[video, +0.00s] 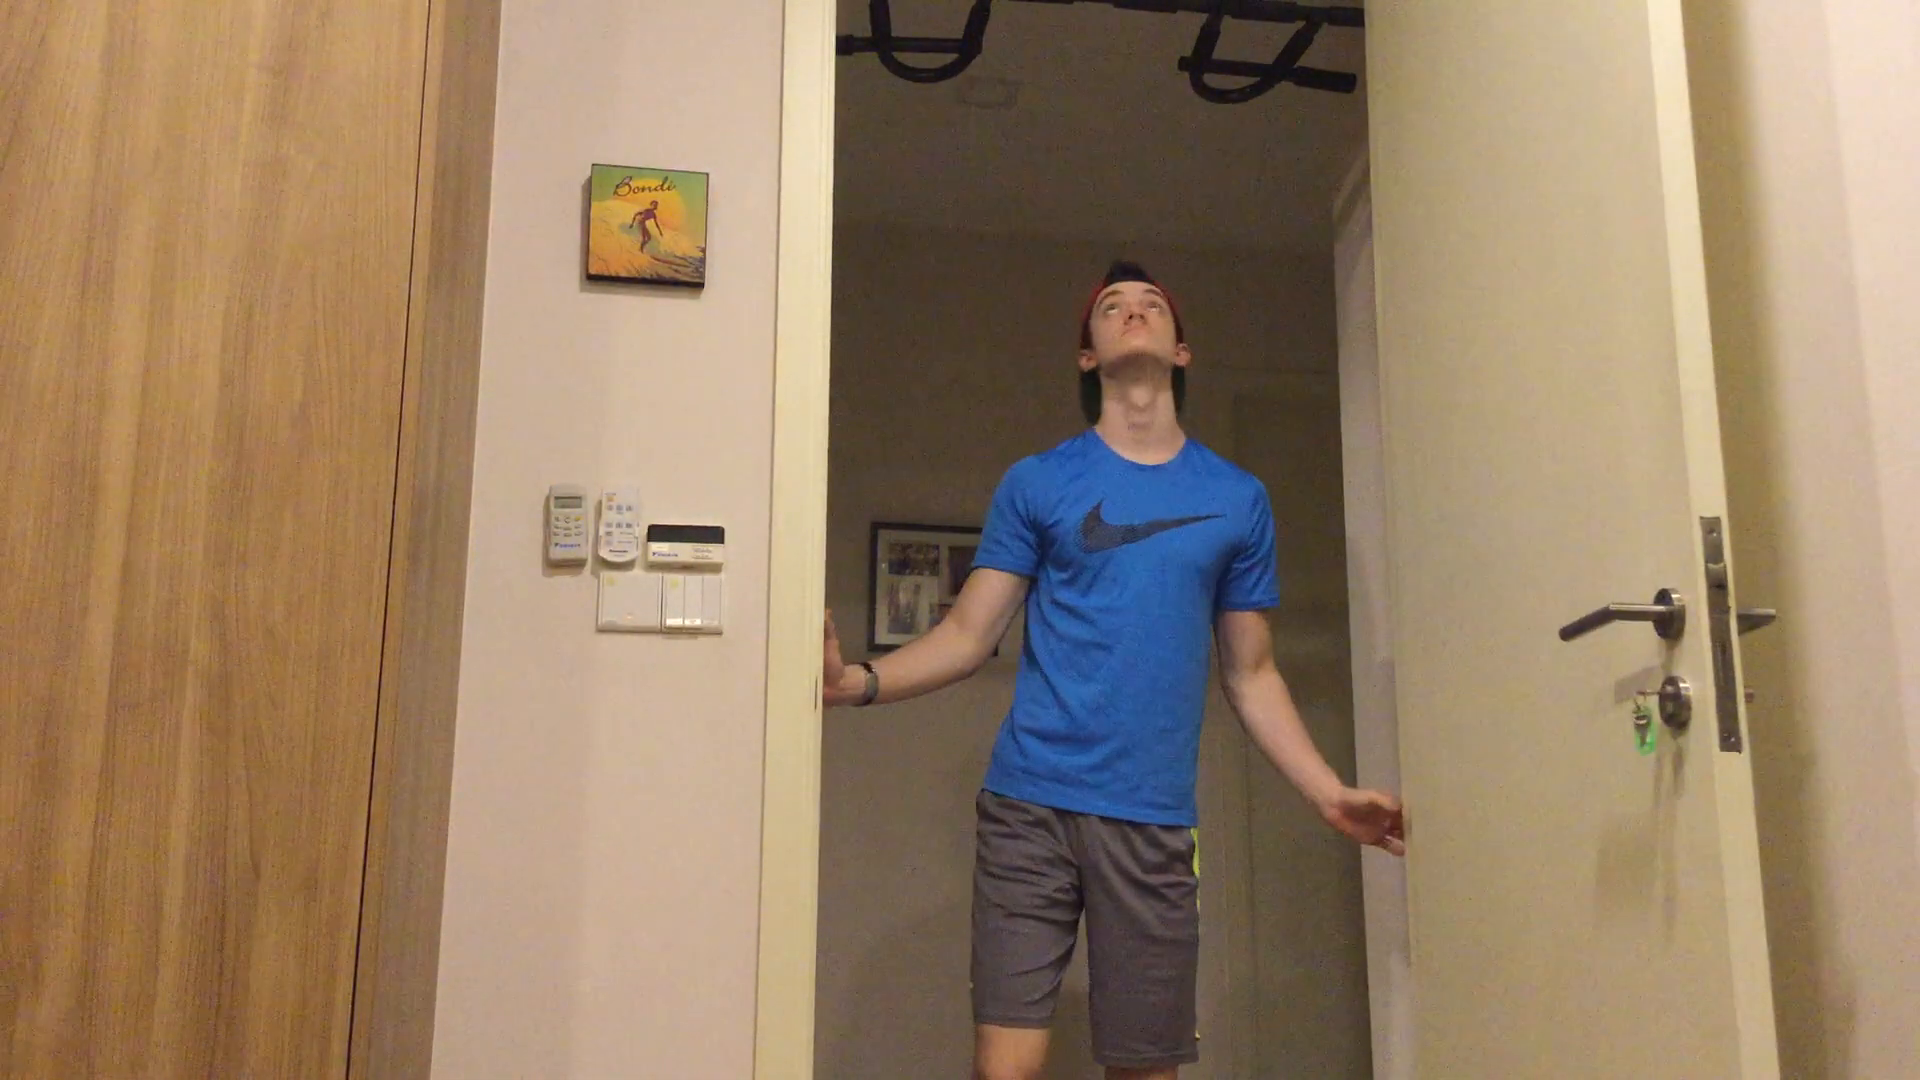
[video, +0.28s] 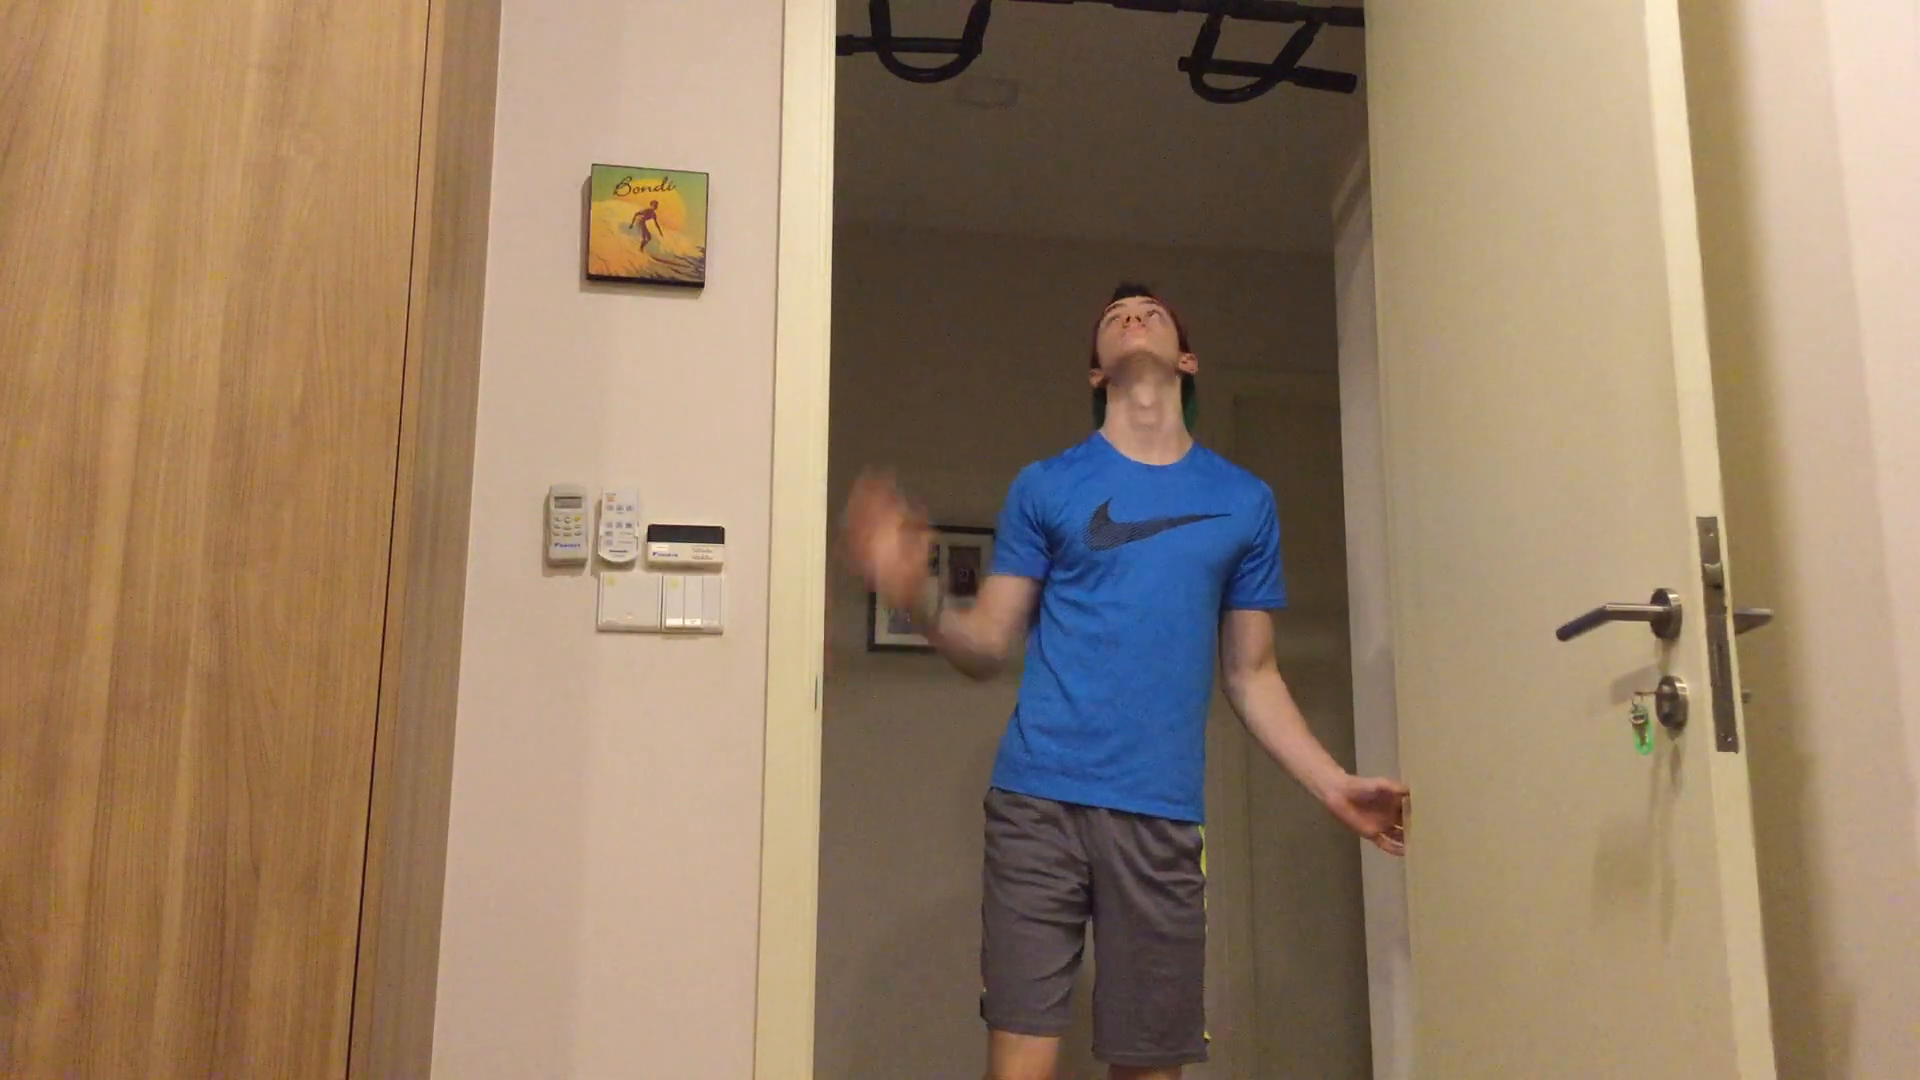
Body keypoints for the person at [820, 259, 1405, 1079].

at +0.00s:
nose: (1134, 309)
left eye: (1152, 306)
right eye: (1112, 307)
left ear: (1183, 353)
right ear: (1087, 356)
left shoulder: (1237, 498)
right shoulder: (1038, 481)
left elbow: (1251, 669)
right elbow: (965, 633)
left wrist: (1331, 795)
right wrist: (854, 680)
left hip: (1153, 821)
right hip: (1027, 806)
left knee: (1148, 1067)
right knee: (1008, 1064)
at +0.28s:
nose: (1132, 314)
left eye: (1151, 313)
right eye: (1113, 317)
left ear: (1189, 364)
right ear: (1096, 375)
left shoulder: (1244, 500)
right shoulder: (1045, 487)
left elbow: (1253, 671)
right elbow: (989, 642)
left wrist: (1334, 785)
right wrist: (916, 599)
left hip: (1160, 815)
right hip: (1036, 802)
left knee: (1151, 1062)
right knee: (1023, 1056)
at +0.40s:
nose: (1126, 318)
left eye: (1147, 315)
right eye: (1110, 321)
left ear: (1186, 365)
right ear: (1096, 382)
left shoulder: (1243, 499)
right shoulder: (1048, 479)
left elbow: (1257, 669)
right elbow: (943, 587)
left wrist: (1337, 784)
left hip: (1167, 814)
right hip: (1042, 802)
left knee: (1156, 1063)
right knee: (1035, 1057)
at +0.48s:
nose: (1127, 321)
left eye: (1149, 319)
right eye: (1112, 324)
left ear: (1188, 368)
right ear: (1097, 382)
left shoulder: (1243, 503)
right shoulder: (1050, 467)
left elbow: (1256, 672)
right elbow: (913, 501)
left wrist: (1341, 792)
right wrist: (917, 358)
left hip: (1169, 812)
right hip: (1046, 797)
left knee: (1156, 1063)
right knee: (1046, 1055)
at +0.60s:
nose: (1118, 324)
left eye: (1140, 321)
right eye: (1106, 327)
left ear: (1184, 371)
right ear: (1093, 381)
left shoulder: (1235, 508)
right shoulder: (1049, 452)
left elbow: (1247, 676)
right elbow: (913, 379)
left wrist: (1337, 788)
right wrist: (927, 226)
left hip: (1168, 801)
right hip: (1050, 783)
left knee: (1158, 1061)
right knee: (1064, 1048)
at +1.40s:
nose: (1041, 289)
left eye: (1059, 288)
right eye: (1027, 291)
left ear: (1093, 343)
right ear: (1002, 339)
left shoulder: (1139, 468)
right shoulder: (968, 392)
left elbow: (1171, 626)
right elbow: (930, 222)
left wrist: (1245, 705)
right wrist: (924, 74)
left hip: (1102, 742)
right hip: (987, 728)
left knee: (1119, 1043)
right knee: (996, 1040)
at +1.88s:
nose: (1054, 277)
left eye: (1058, 273)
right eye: (1028, 272)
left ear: (1069, 322)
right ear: (986, 308)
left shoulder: (1102, 456)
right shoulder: (950, 364)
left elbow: (1140, 613)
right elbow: (930, 187)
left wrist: (1170, 591)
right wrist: (930, 46)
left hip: (1077, 716)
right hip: (977, 700)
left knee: (1122, 1012)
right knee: (983, 1009)